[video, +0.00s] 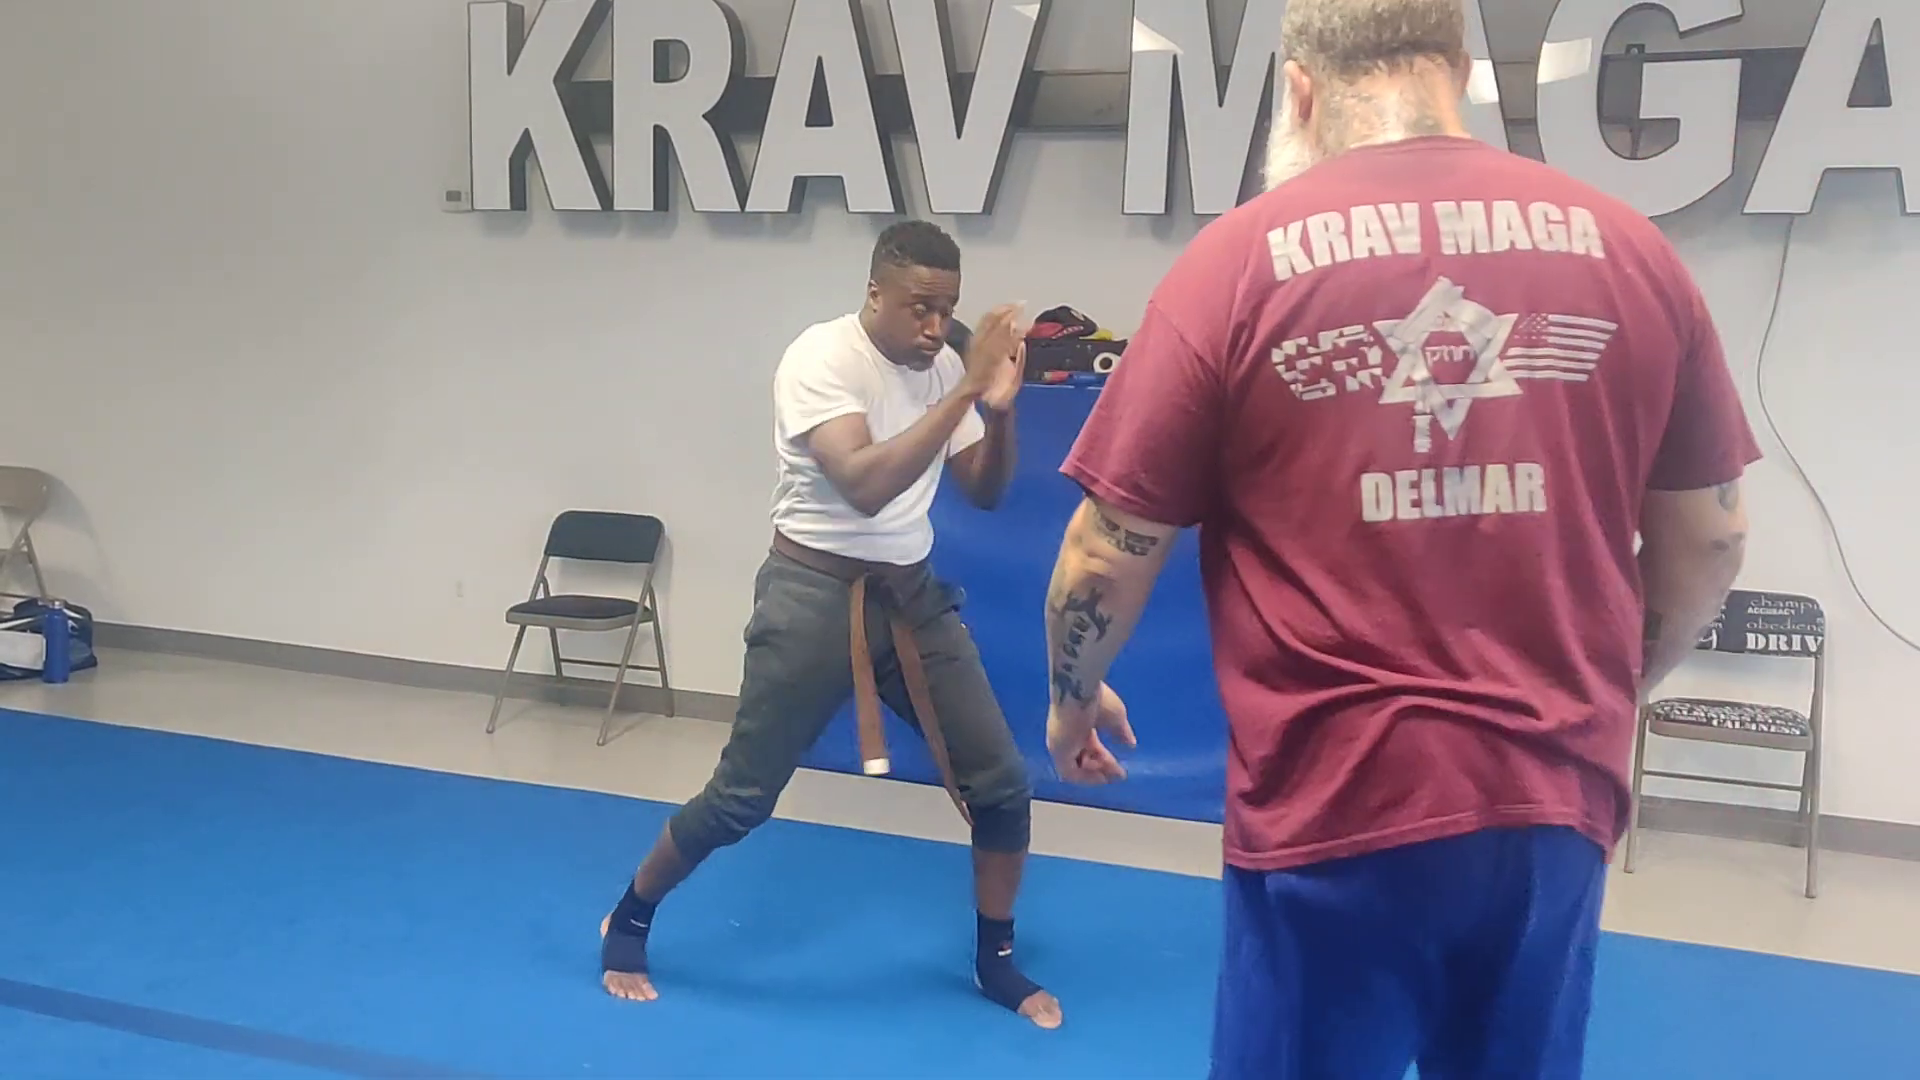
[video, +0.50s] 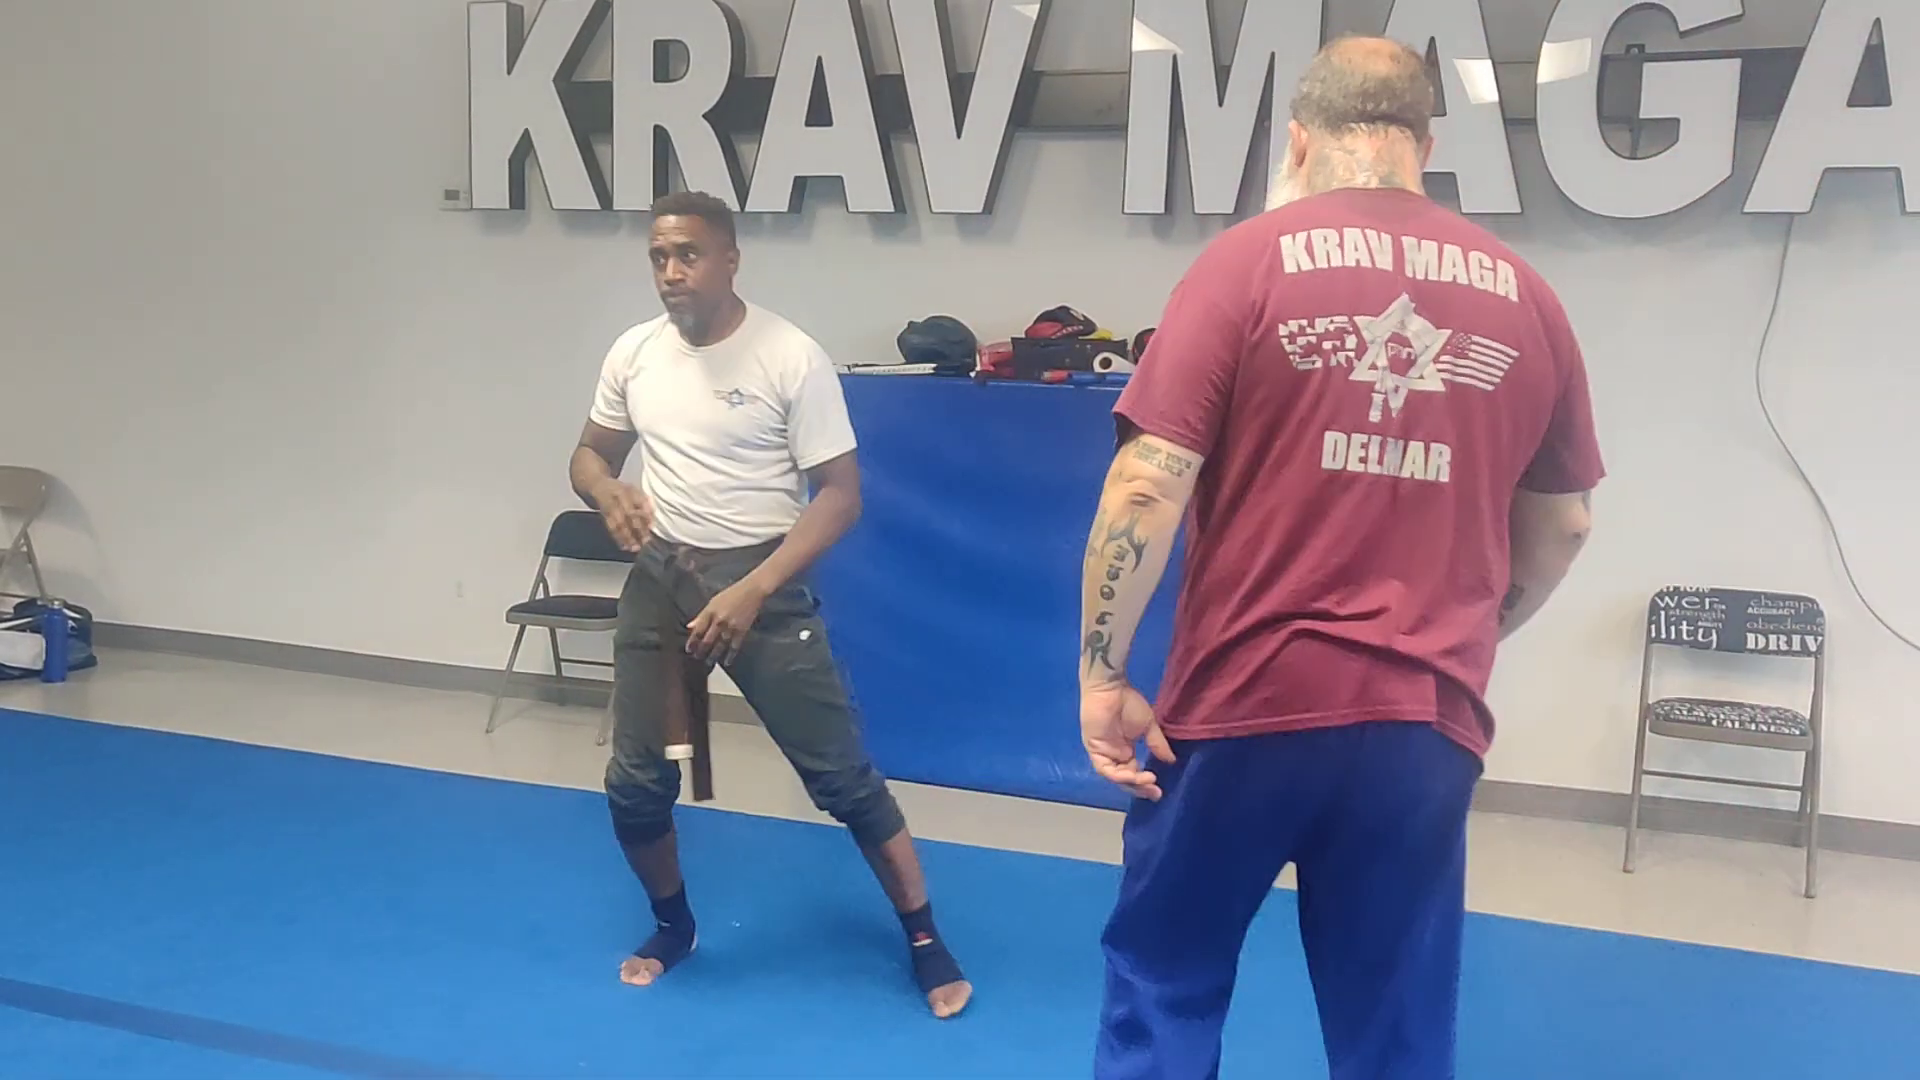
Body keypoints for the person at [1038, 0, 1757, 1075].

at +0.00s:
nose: (1274, 124)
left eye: (1274, 102)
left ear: (1299, 89)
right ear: (1461, 78)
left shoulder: (1246, 253)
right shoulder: (1628, 245)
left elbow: (1105, 559)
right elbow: (1708, 535)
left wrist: (1075, 693)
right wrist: (1617, 680)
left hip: (1333, 788)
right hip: (1556, 783)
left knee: (1303, 1064)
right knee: (1517, 1066)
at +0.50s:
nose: (1286, 171)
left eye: (1285, 153)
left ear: (1300, 144)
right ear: (1425, 149)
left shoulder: (1250, 257)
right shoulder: (1525, 291)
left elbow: (1152, 479)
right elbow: (1558, 527)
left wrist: (1103, 670)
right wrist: (1470, 626)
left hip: (1249, 702)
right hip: (1426, 718)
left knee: (1163, 988)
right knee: (1397, 1020)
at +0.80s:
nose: (1169, 216)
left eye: (1169, 202)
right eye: (1174, 203)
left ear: (1181, 194)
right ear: (1288, 191)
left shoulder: (1144, 314)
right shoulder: (1390, 302)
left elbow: (1086, 518)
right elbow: (1448, 506)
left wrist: (1059, 683)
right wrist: (1376, 607)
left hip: (1198, 692)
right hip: (1354, 686)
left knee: (1162, 981)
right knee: (1347, 986)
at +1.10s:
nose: (1086, 203)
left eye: (1086, 191)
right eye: (1090, 190)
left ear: (1094, 188)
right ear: (1189, 182)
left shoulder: (1063, 300)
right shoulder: (1293, 283)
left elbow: (988, 494)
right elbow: (1358, 459)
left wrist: (967, 594)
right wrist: (1317, 581)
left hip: (1127, 628)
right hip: (1263, 624)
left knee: (1113, 878)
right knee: (1238, 860)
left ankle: (1128, 1068)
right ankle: (1243, 1059)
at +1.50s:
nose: (1043, 230)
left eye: (1044, 217)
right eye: (1049, 218)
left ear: (1060, 212)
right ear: (1139, 215)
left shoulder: (1031, 293)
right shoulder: (1210, 312)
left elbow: (963, 446)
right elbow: (1243, 466)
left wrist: (924, 572)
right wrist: (1181, 554)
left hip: (1045, 594)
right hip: (1158, 600)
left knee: (994, 774)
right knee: (1116, 805)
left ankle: (1052, 963)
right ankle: (1106, 1004)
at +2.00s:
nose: (897, 239)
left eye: (897, 228)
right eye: (901, 227)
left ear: (909, 229)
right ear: (980, 222)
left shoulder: (896, 318)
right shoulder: (1057, 303)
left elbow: (849, 461)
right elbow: (1105, 436)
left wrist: (828, 563)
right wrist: (1076, 521)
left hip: (936, 568)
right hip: (1039, 563)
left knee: (922, 756)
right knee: (1048, 744)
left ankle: (932, 933)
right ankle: (1065, 875)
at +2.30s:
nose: (852, 249)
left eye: (852, 237)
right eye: (857, 237)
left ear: (864, 237)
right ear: (929, 232)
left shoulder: (846, 319)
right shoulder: (998, 316)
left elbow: (778, 446)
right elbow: (1039, 441)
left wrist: (740, 509)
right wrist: (1010, 525)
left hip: (891, 561)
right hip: (980, 557)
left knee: (890, 743)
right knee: (939, 725)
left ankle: (923, 931)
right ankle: (906, 855)